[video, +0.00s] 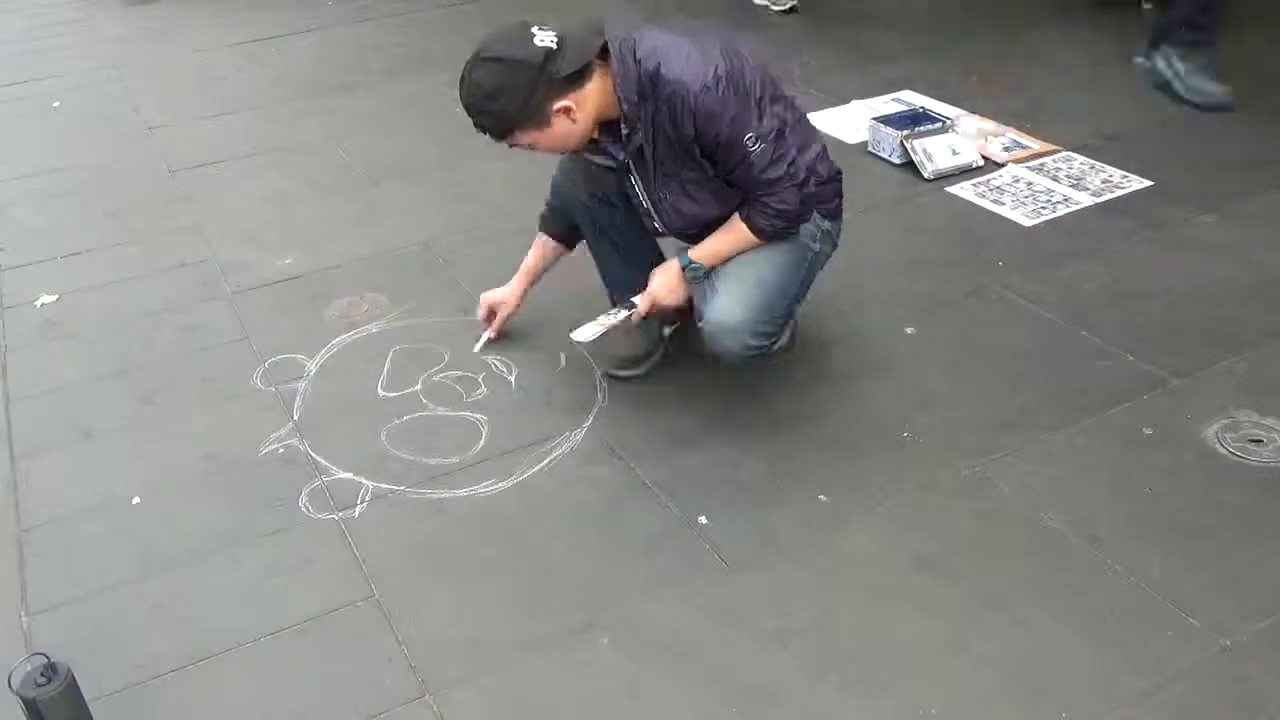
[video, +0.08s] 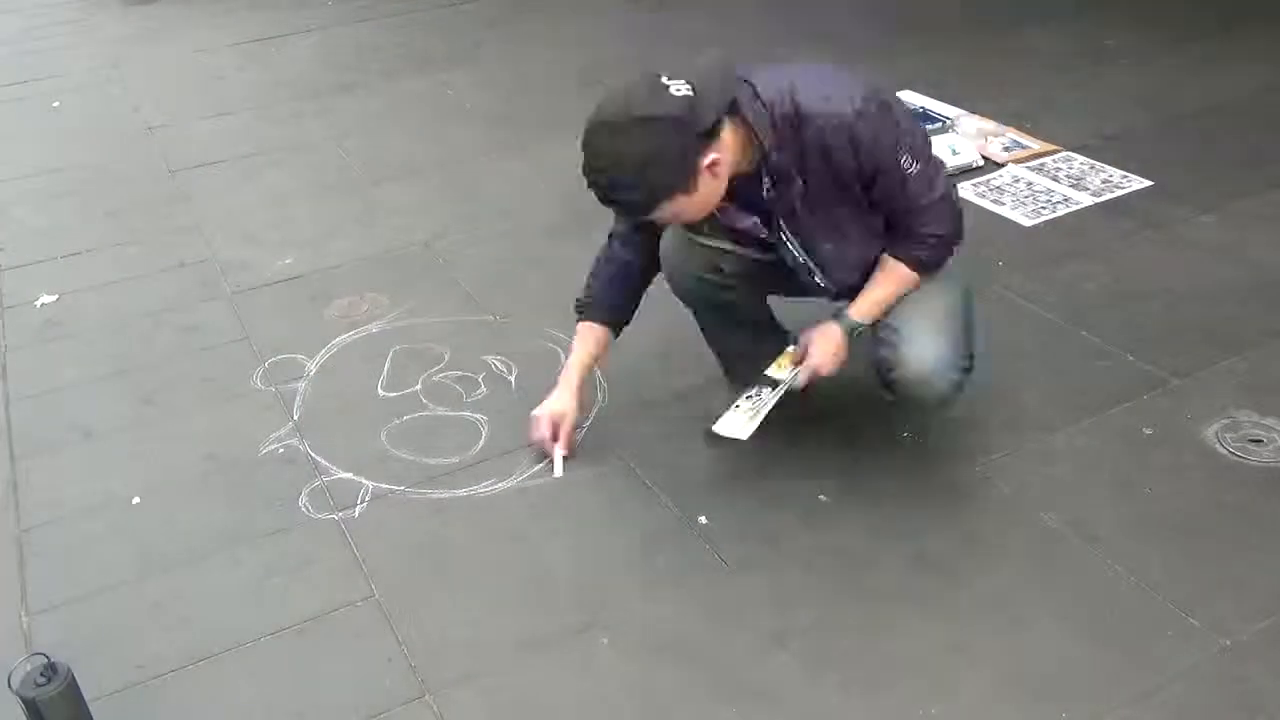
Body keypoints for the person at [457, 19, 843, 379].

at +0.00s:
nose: (534, 152)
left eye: (528, 143)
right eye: (523, 147)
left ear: (563, 111)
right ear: (563, 103)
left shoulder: (700, 88)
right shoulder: (597, 98)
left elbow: (786, 200)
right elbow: (570, 203)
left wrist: (688, 267)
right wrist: (518, 285)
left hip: (791, 215)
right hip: (700, 209)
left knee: (729, 332)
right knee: (581, 175)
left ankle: (773, 320)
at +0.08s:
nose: (666, 222)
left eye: (667, 209)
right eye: (655, 215)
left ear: (710, 167)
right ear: (708, 162)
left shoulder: (851, 121)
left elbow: (934, 228)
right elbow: (629, 250)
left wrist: (849, 324)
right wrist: (571, 379)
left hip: (894, 256)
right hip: (802, 257)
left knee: (927, 373)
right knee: (690, 258)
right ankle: (770, 374)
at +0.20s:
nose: (520, 85)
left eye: (513, 73)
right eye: (510, 76)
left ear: (540, 53)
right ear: (544, 49)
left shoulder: (657, 32)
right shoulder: (595, 54)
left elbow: (729, 158)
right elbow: (578, 145)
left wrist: (648, 231)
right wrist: (521, 223)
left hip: (803, 154)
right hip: (740, 142)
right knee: (592, 168)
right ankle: (740, 229)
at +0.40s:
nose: (627, 121)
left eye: (626, 110)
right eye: (619, 114)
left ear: (657, 78)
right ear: (654, 76)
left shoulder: (771, 36)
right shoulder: (672, 69)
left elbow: (867, 122)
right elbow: (621, 166)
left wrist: (776, 193)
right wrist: (555, 260)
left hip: (866, 136)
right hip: (783, 146)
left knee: (846, 228)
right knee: (665, 139)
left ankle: (845, 254)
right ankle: (765, 242)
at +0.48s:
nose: (654, 107)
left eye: (649, 98)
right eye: (644, 102)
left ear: (678, 63)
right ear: (678, 59)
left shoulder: (798, 32)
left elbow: (881, 129)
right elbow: (681, 160)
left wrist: (785, 191)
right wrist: (655, 244)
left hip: (874, 143)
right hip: (787, 150)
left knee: (856, 230)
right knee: (679, 129)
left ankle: (847, 253)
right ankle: (768, 240)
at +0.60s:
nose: (623, 117)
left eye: (620, 106)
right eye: (614, 111)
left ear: (653, 75)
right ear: (650, 70)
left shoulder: (763, 34)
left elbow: (859, 118)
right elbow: (624, 157)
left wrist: (770, 191)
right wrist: (563, 243)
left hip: (861, 133)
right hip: (776, 145)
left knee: (837, 221)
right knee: (660, 138)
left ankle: (840, 255)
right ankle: (763, 240)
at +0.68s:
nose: (676, 98)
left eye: (675, 87)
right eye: (668, 92)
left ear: (708, 48)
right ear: (708, 45)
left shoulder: (822, 31)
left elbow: (895, 130)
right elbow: (670, 158)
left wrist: (801, 185)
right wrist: (626, 253)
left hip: (880, 146)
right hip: (795, 150)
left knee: (872, 229)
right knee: (690, 124)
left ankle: (843, 237)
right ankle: (769, 238)